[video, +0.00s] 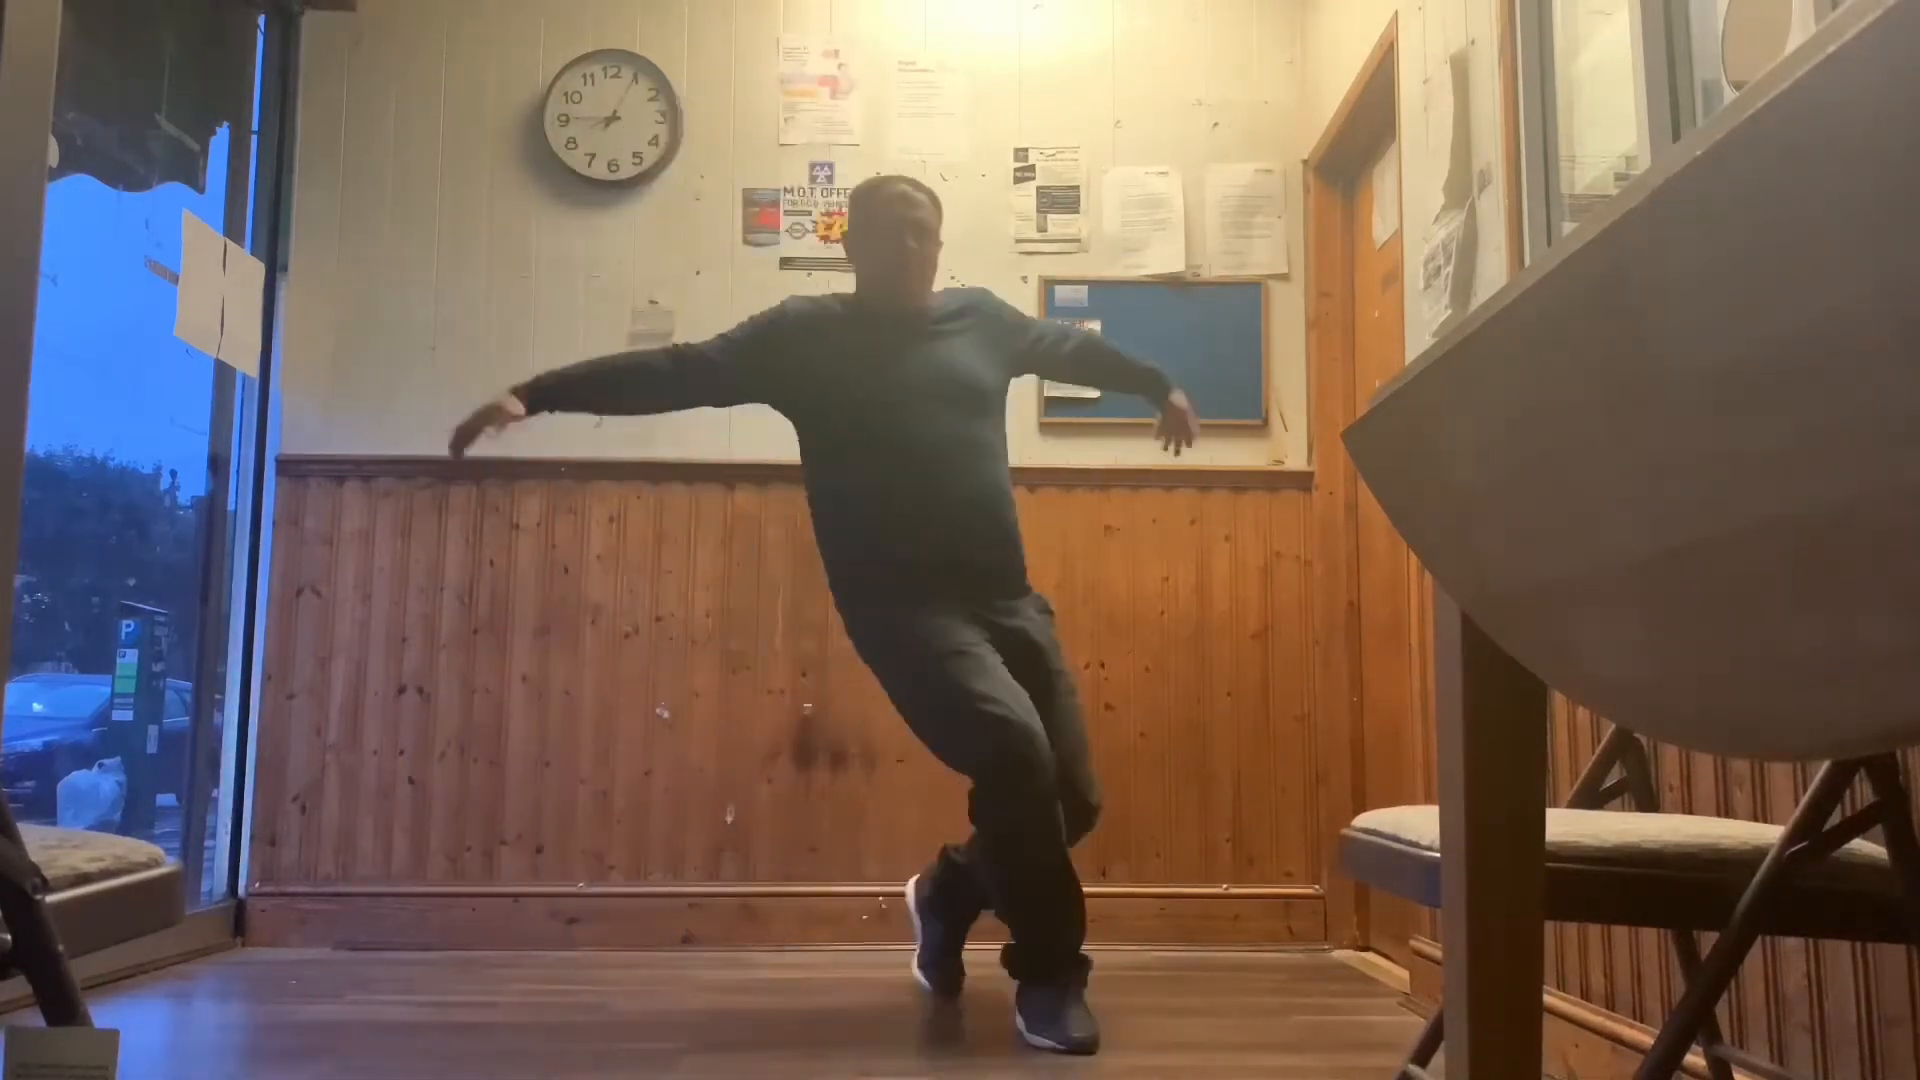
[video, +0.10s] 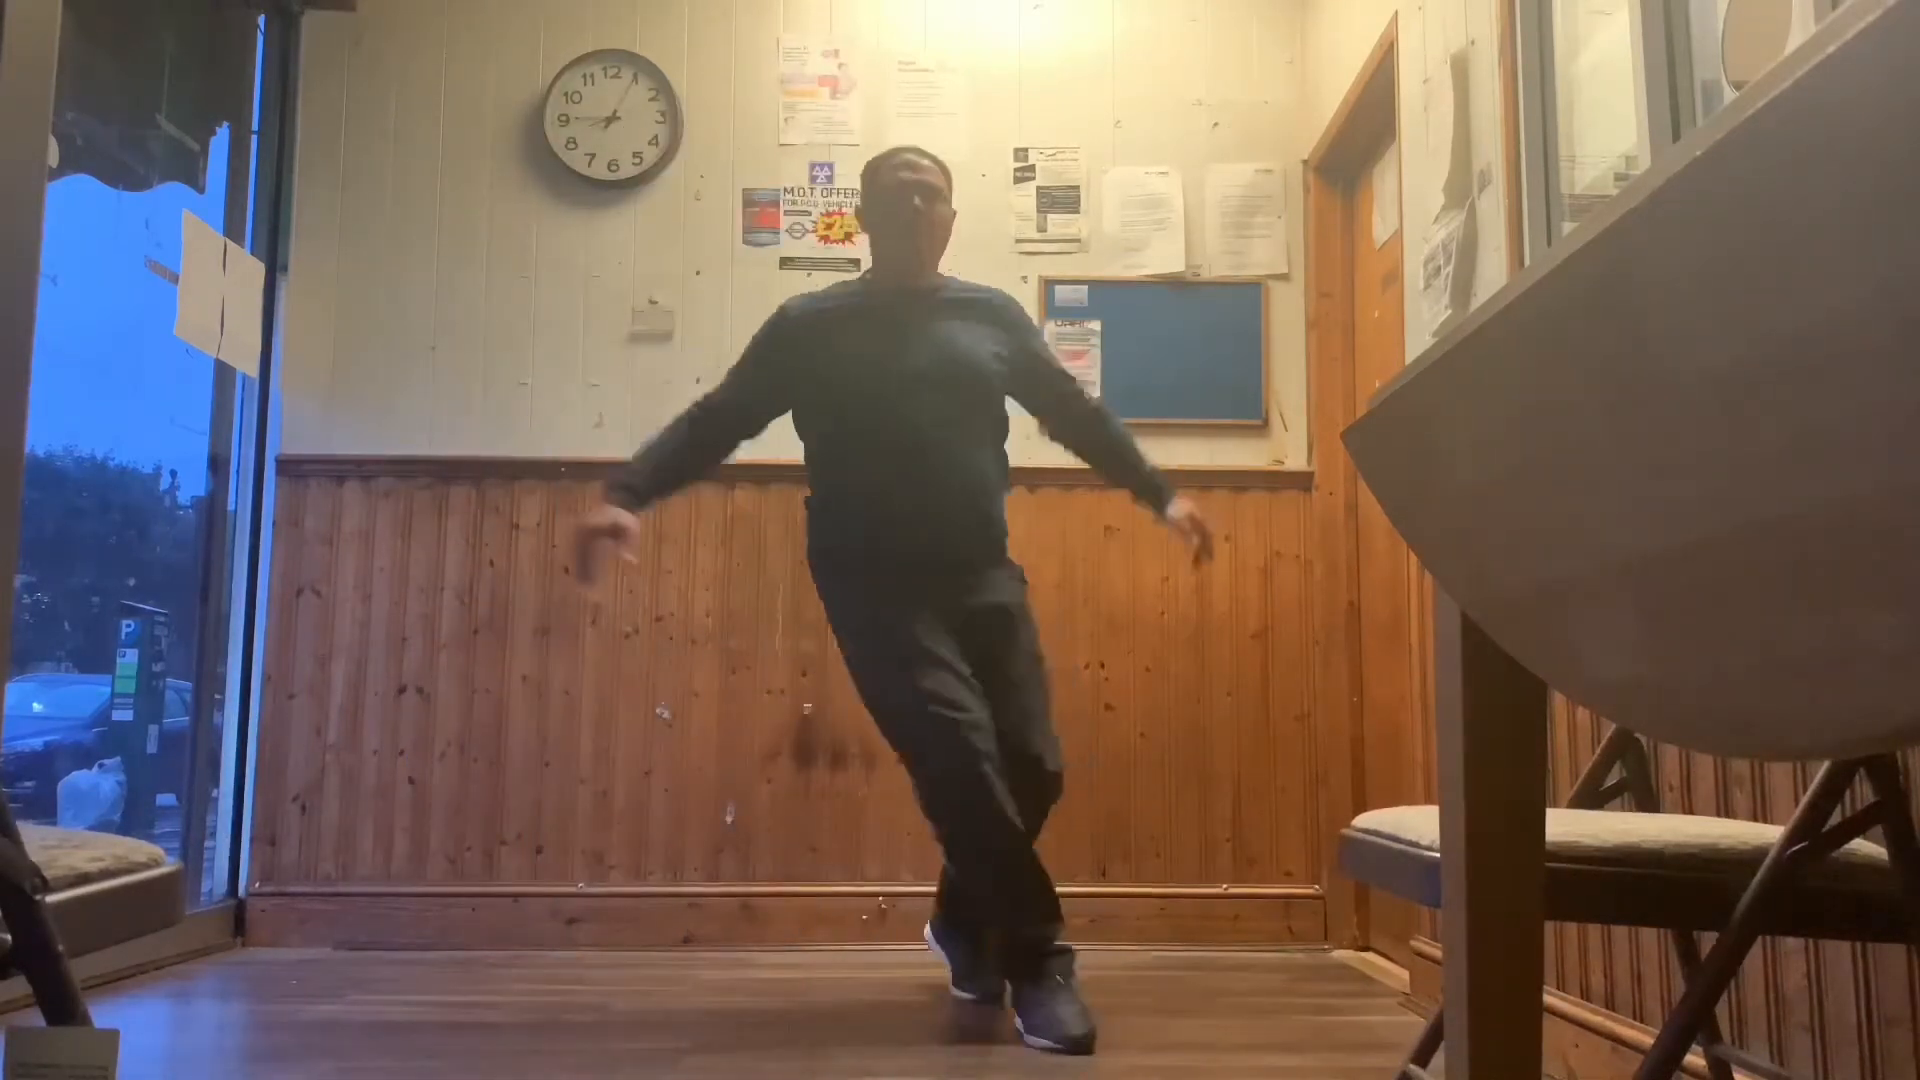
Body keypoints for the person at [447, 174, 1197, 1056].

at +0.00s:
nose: (919, 246)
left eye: (929, 231)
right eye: (898, 229)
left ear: (942, 247)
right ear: (851, 243)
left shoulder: (982, 323)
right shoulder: (801, 337)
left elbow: (1081, 352)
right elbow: (677, 373)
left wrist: (1163, 387)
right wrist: (533, 395)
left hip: (1008, 597)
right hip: (903, 606)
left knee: (1074, 801)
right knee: (1015, 751)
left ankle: (949, 896)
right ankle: (1052, 983)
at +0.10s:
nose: (918, 199)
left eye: (933, 190)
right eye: (898, 187)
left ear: (953, 224)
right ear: (861, 217)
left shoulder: (990, 318)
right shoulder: (807, 329)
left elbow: (1073, 411)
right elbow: (718, 418)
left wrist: (1159, 492)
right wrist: (628, 491)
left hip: (982, 574)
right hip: (875, 583)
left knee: (1035, 771)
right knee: (960, 760)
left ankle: (962, 919)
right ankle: (1041, 966)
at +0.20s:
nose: (899, 200)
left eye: (915, 188)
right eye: (883, 189)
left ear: (945, 216)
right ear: (856, 218)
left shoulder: (986, 327)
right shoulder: (808, 323)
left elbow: (1028, 444)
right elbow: (751, 439)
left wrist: (1046, 520)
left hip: (957, 567)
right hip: (849, 572)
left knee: (991, 753)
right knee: (893, 717)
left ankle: (963, 941)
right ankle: (951, 938)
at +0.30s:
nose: (865, 178)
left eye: (885, 171)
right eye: (851, 169)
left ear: (920, 204)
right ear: (830, 201)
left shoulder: (959, 302)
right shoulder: (790, 287)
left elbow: (990, 415)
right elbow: (724, 393)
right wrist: (813, 352)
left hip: (934, 560)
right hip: (819, 557)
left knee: (976, 744)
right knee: (797, 712)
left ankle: (958, 940)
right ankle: (833, 871)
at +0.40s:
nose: (835, 148)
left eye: (856, 138)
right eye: (822, 137)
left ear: (891, 170)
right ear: (803, 160)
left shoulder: (922, 250)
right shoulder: (757, 250)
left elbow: (943, 314)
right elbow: (693, 358)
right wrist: (759, 342)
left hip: (890, 528)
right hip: (780, 524)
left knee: (914, 728)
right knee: (734, 708)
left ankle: (935, 929)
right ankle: (743, 885)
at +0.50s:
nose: (805, 162)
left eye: (828, 153)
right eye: (794, 152)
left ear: (864, 186)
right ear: (774, 175)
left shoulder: (887, 255)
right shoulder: (736, 268)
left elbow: (881, 244)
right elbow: (671, 380)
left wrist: (771, 195)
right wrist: (711, 358)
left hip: (843, 529)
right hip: (739, 526)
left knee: (849, 730)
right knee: (688, 724)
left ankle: (873, 909)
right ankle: (686, 919)